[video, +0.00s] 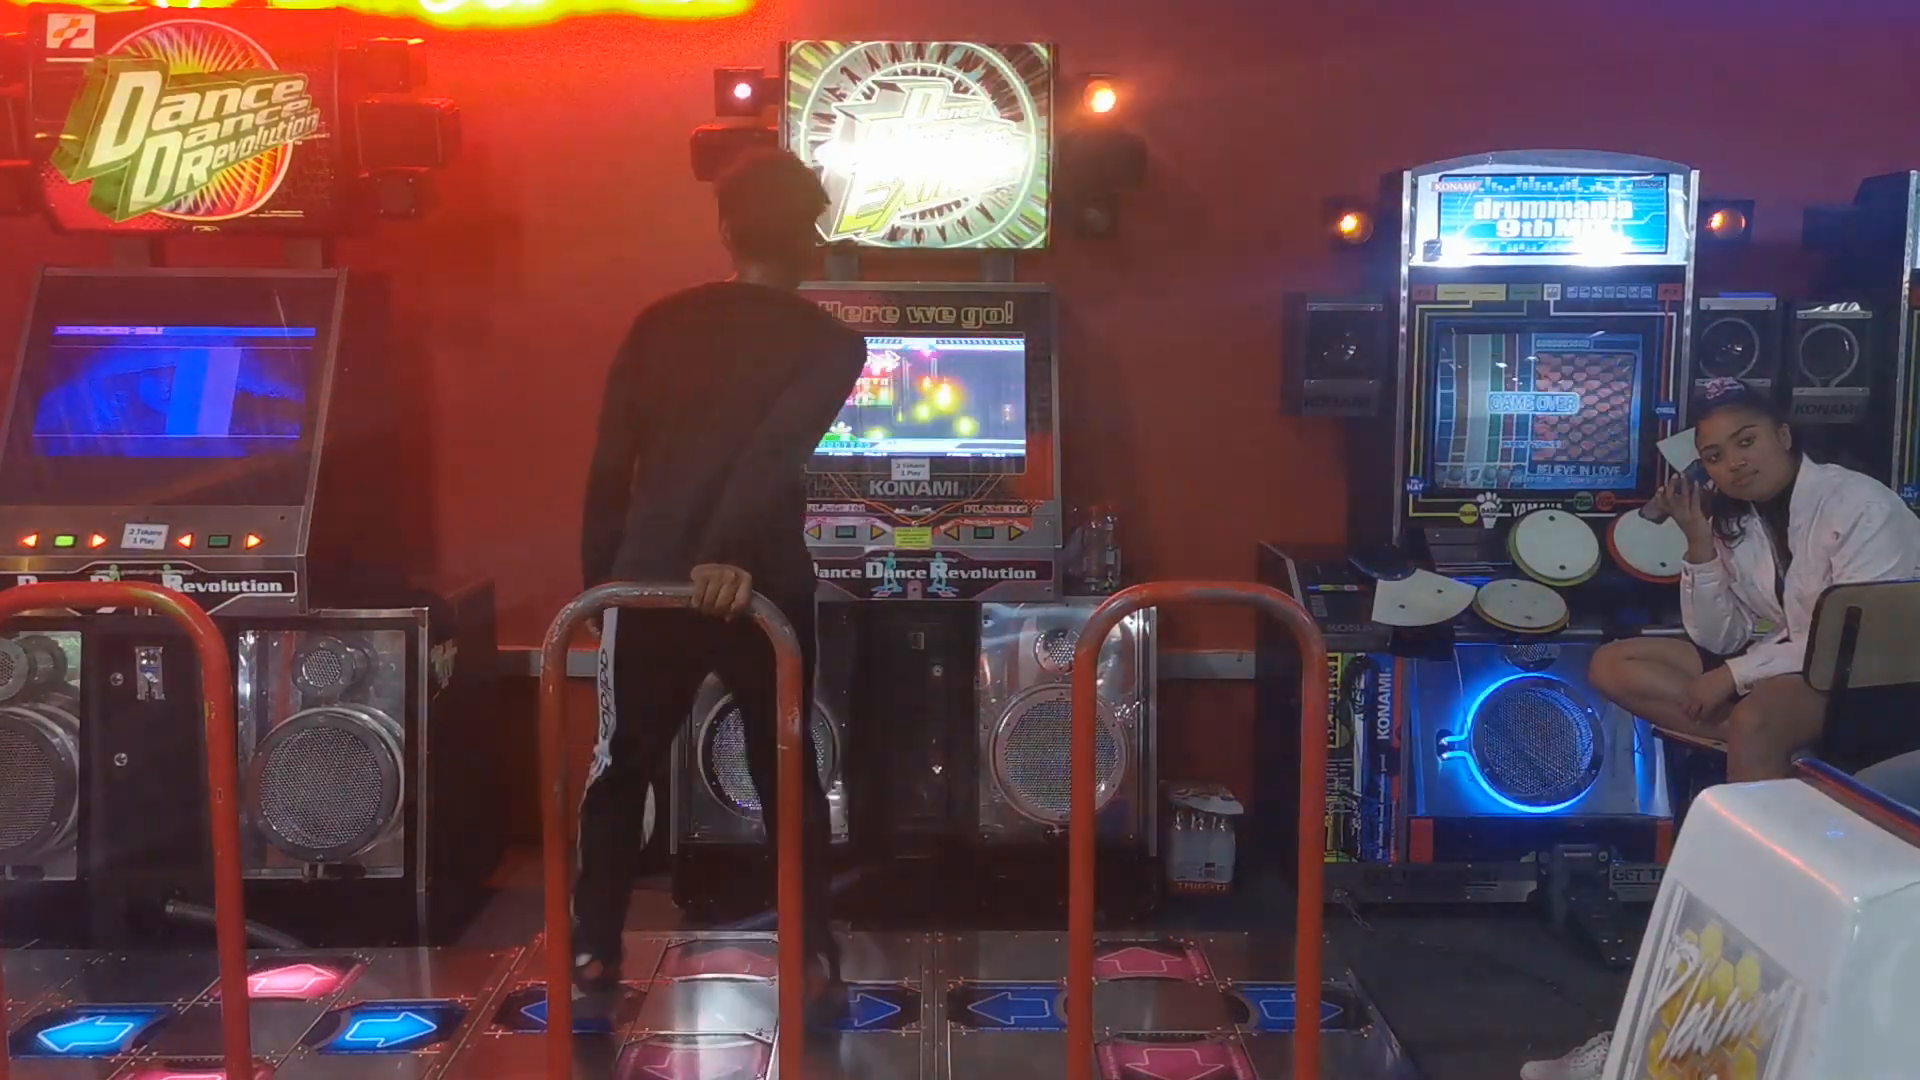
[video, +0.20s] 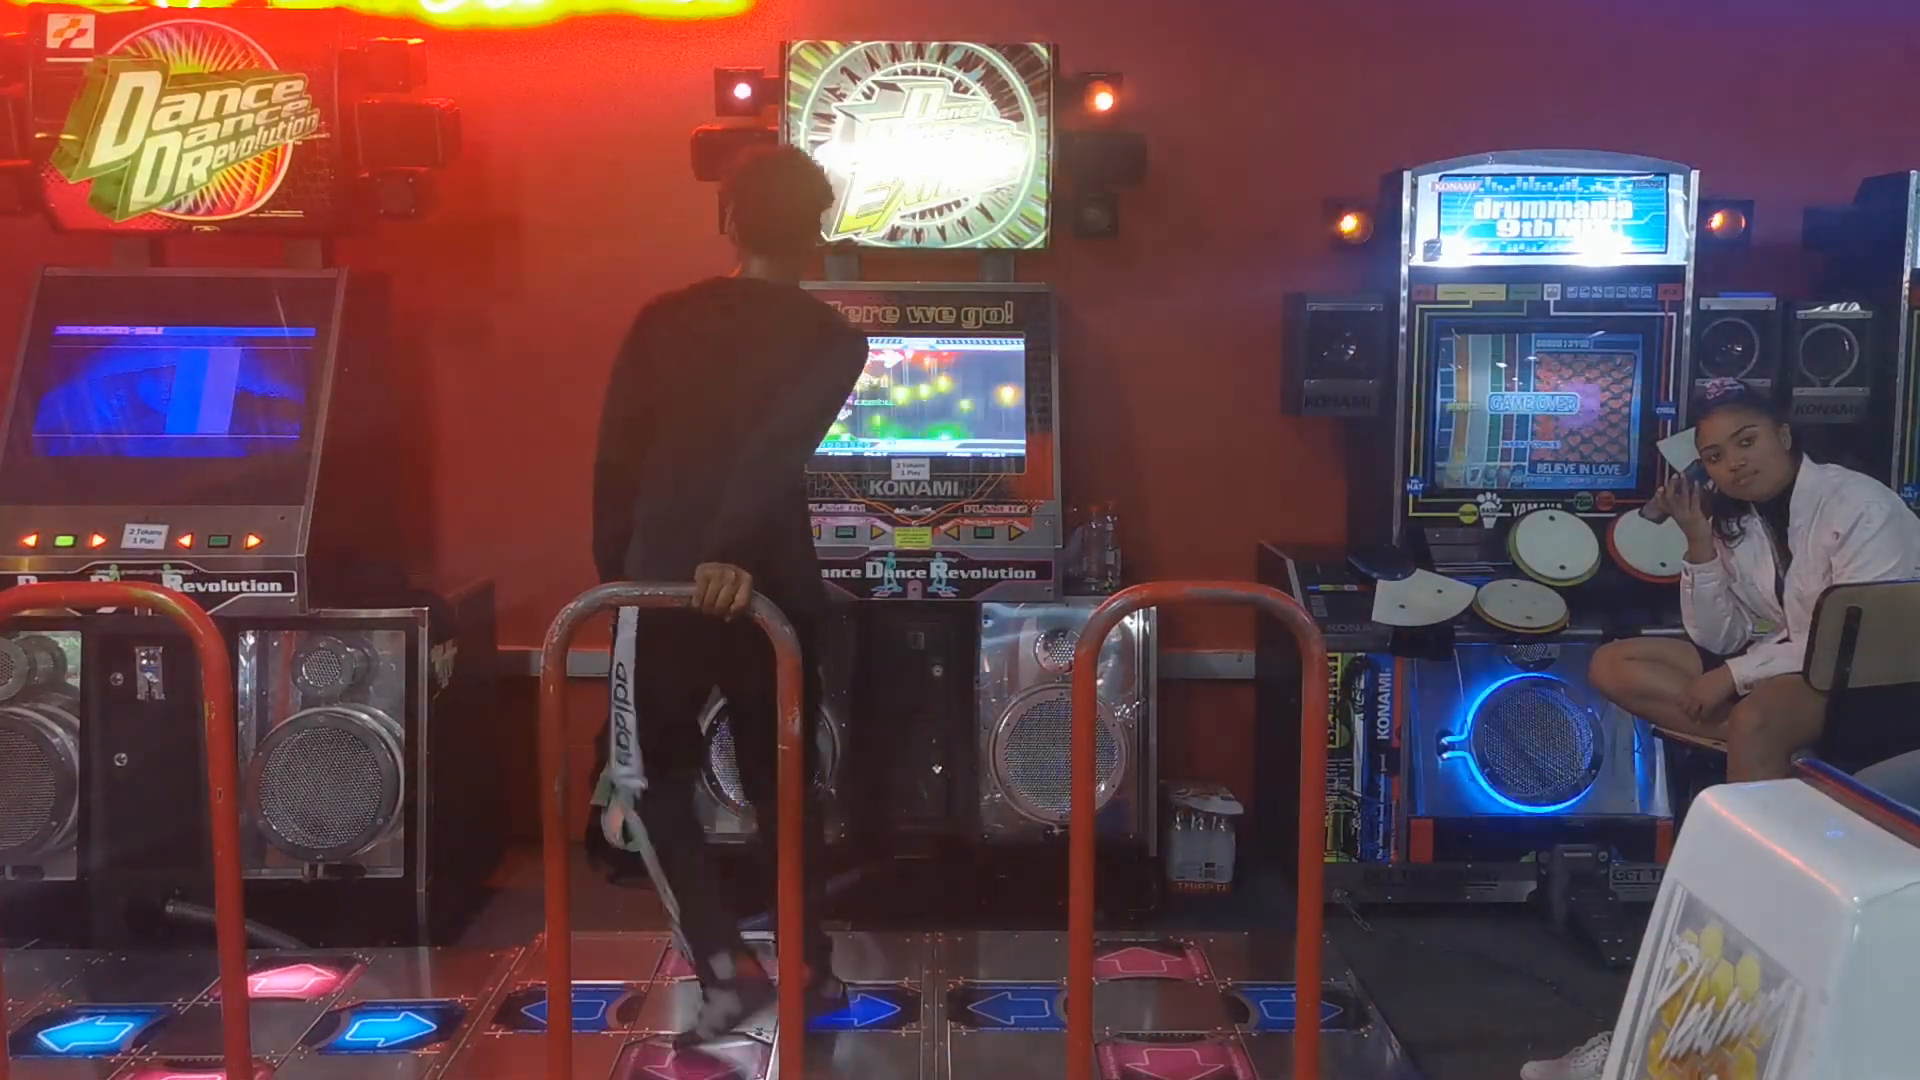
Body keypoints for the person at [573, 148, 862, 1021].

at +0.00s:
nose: (820, 242)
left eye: (811, 227)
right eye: (815, 229)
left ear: (733, 235)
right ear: (805, 237)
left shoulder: (660, 320)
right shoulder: (828, 341)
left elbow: (610, 459)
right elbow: (777, 444)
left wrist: (599, 575)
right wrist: (729, 547)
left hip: (648, 580)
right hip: (758, 582)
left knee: (623, 766)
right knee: (789, 777)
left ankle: (591, 962)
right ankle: (810, 972)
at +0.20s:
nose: (823, 238)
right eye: (821, 225)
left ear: (734, 227)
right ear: (815, 231)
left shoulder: (664, 317)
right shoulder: (831, 335)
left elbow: (618, 448)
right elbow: (781, 442)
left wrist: (616, 561)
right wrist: (731, 546)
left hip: (664, 578)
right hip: (769, 577)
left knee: (666, 777)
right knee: (783, 775)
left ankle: (721, 970)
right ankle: (803, 972)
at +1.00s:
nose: (791, 247)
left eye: (775, 229)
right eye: (791, 232)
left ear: (712, 233)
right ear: (788, 235)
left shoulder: (636, 323)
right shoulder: (790, 325)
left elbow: (580, 456)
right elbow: (739, 432)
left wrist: (602, 554)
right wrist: (722, 541)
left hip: (600, 575)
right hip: (693, 578)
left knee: (614, 758)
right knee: (692, 795)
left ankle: (580, 953)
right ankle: (644, 1003)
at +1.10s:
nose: (794, 247)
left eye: (786, 231)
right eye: (791, 233)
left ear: (706, 235)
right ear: (779, 235)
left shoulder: (631, 324)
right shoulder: (778, 318)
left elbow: (587, 459)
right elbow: (729, 422)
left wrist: (618, 544)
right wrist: (721, 542)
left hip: (609, 585)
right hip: (703, 583)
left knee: (617, 791)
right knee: (776, 754)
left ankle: (596, 994)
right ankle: (690, 944)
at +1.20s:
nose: (790, 248)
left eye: (778, 233)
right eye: (790, 235)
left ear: (709, 240)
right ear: (785, 239)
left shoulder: (642, 331)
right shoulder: (781, 326)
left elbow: (608, 467)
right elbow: (729, 430)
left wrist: (621, 556)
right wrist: (724, 544)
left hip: (618, 584)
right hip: (715, 581)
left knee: (631, 776)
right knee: (801, 738)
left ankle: (599, 979)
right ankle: (756, 906)